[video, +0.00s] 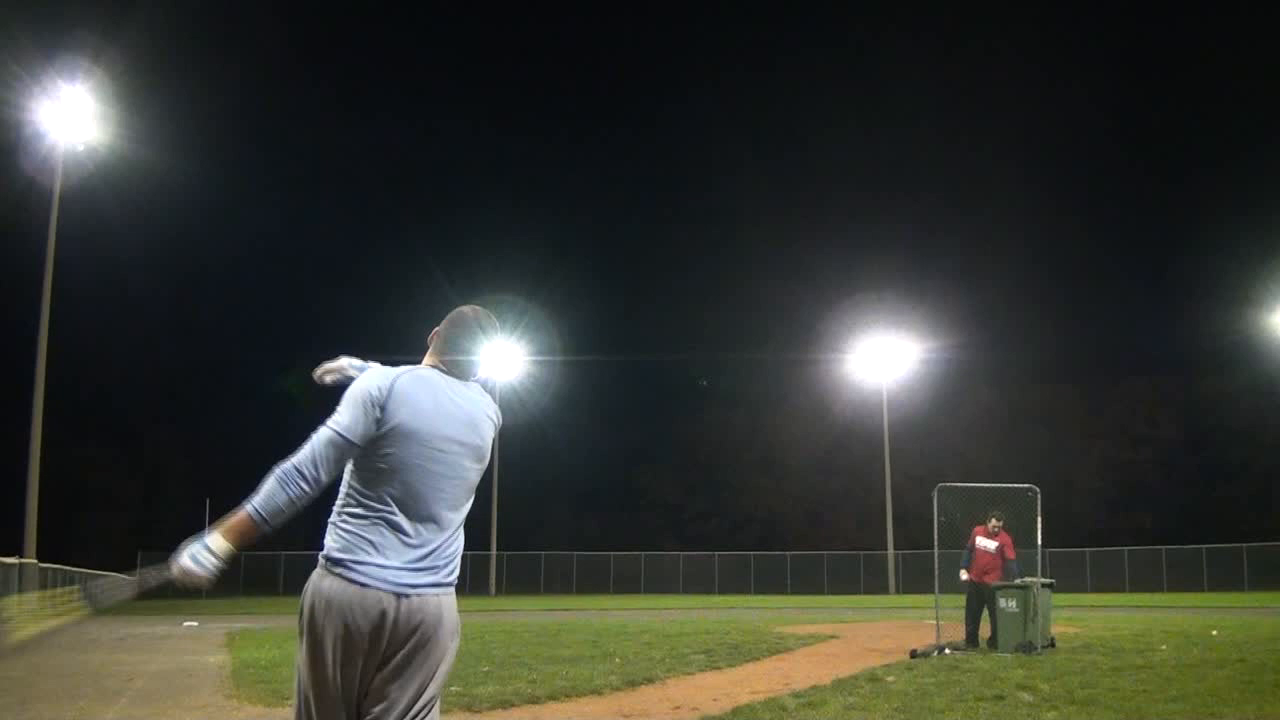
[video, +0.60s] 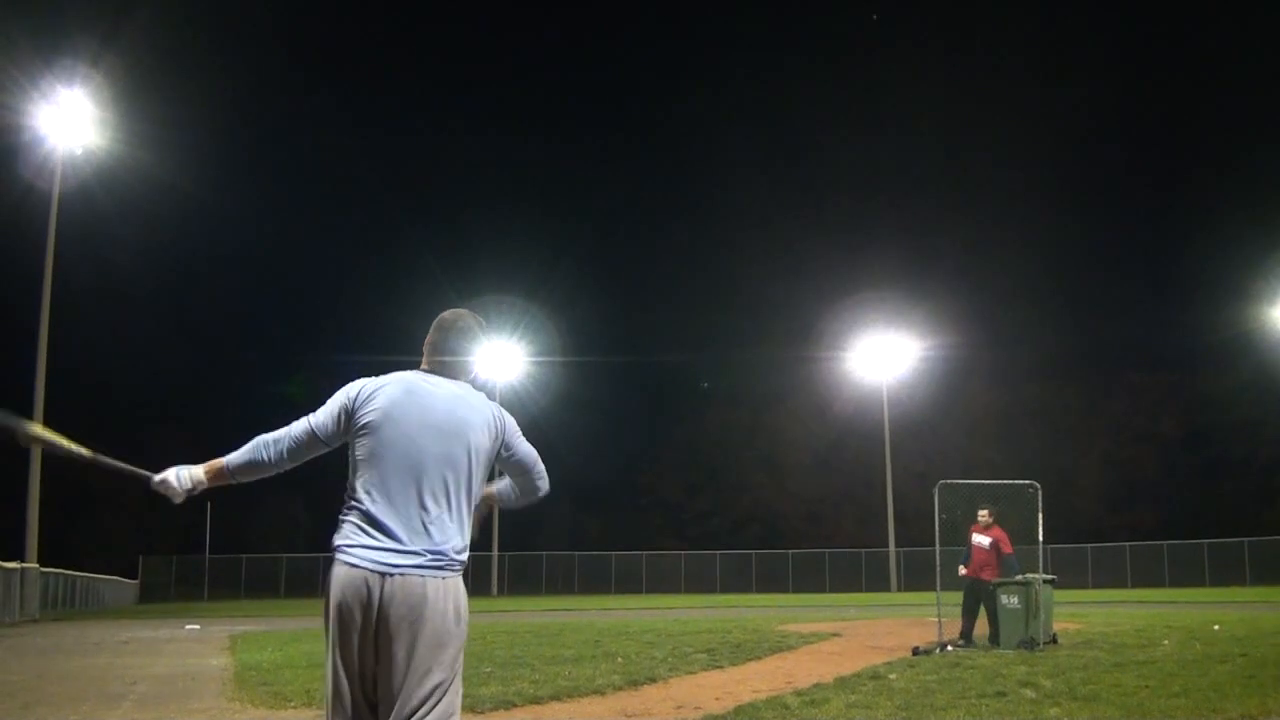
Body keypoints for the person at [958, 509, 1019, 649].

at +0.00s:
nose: (996, 530)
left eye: (998, 527)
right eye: (993, 526)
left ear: (1002, 526)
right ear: (987, 523)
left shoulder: (1005, 539)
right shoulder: (977, 532)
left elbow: (1011, 561)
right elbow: (968, 550)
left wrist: (1015, 579)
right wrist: (963, 568)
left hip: (994, 583)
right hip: (975, 582)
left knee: (996, 615)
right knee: (972, 614)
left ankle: (995, 640)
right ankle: (971, 640)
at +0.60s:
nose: (980, 519)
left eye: (983, 516)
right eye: (979, 516)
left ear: (991, 518)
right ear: (977, 517)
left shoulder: (999, 534)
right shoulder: (974, 529)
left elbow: (1009, 556)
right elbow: (969, 549)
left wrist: (1017, 574)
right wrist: (962, 564)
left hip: (990, 580)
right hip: (973, 578)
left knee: (992, 612)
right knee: (969, 609)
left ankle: (995, 640)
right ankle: (966, 638)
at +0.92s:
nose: (964, 518)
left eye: (967, 515)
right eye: (963, 515)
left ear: (976, 516)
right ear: (962, 518)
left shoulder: (985, 532)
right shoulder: (962, 532)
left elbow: (998, 550)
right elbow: (959, 552)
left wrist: (1008, 565)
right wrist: (952, 566)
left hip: (980, 580)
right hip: (963, 579)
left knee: (986, 612)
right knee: (959, 611)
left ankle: (994, 642)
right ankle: (953, 641)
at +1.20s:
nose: (944, 521)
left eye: (945, 517)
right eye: (943, 518)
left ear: (954, 516)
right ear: (948, 518)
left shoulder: (966, 528)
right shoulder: (947, 533)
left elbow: (981, 541)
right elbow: (944, 554)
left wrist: (992, 553)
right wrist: (934, 562)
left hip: (964, 576)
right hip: (949, 577)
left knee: (970, 609)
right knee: (950, 611)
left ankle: (983, 638)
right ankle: (952, 640)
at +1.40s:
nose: (937, 521)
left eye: (939, 517)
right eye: (936, 518)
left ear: (947, 515)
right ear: (942, 517)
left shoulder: (960, 527)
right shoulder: (940, 533)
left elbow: (975, 539)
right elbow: (938, 555)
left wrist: (987, 550)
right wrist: (926, 564)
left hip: (958, 573)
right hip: (945, 574)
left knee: (957, 606)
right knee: (946, 607)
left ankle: (962, 636)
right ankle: (951, 637)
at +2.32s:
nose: (934, 516)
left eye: (936, 513)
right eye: (933, 514)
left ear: (944, 514)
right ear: (933, 517)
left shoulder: (951, 525)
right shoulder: (937, 531)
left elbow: (962, 538)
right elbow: (936, 552)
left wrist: (965, 550)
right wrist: (923, 560)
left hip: (952, 573)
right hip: (941, 573)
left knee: (952, 605)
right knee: (944, 606)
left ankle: (957, 637)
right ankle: (949, 637)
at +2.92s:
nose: (933, 518)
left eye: (935, 515)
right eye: (933, 515)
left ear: (941, 515)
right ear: (941, 516)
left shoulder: (950, 525)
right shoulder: (941, 529)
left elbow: (953, 545)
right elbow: (942, 553)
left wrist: (951, 564)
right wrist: (929, 561)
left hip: (950, 573)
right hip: (943, 572)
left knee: (951, 605)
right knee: (945, 605)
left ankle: (957, 635)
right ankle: (949, 635)